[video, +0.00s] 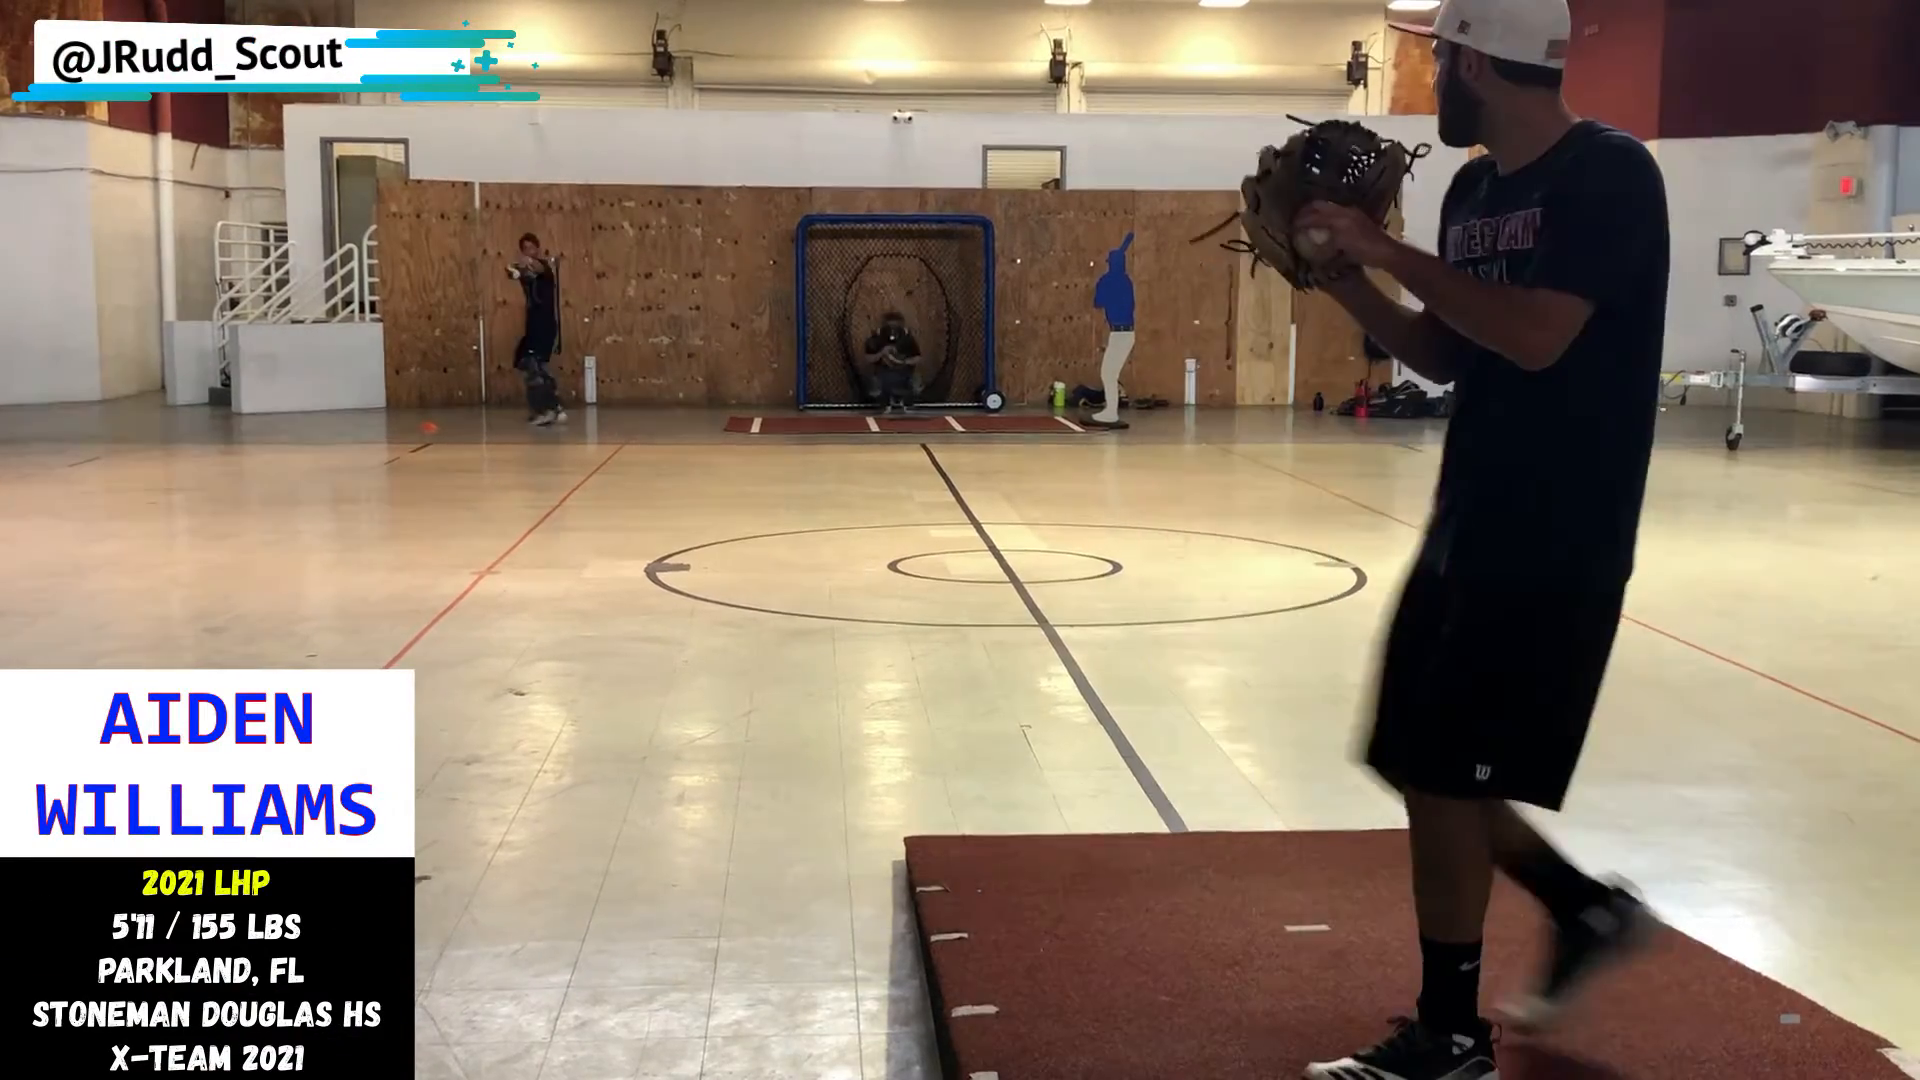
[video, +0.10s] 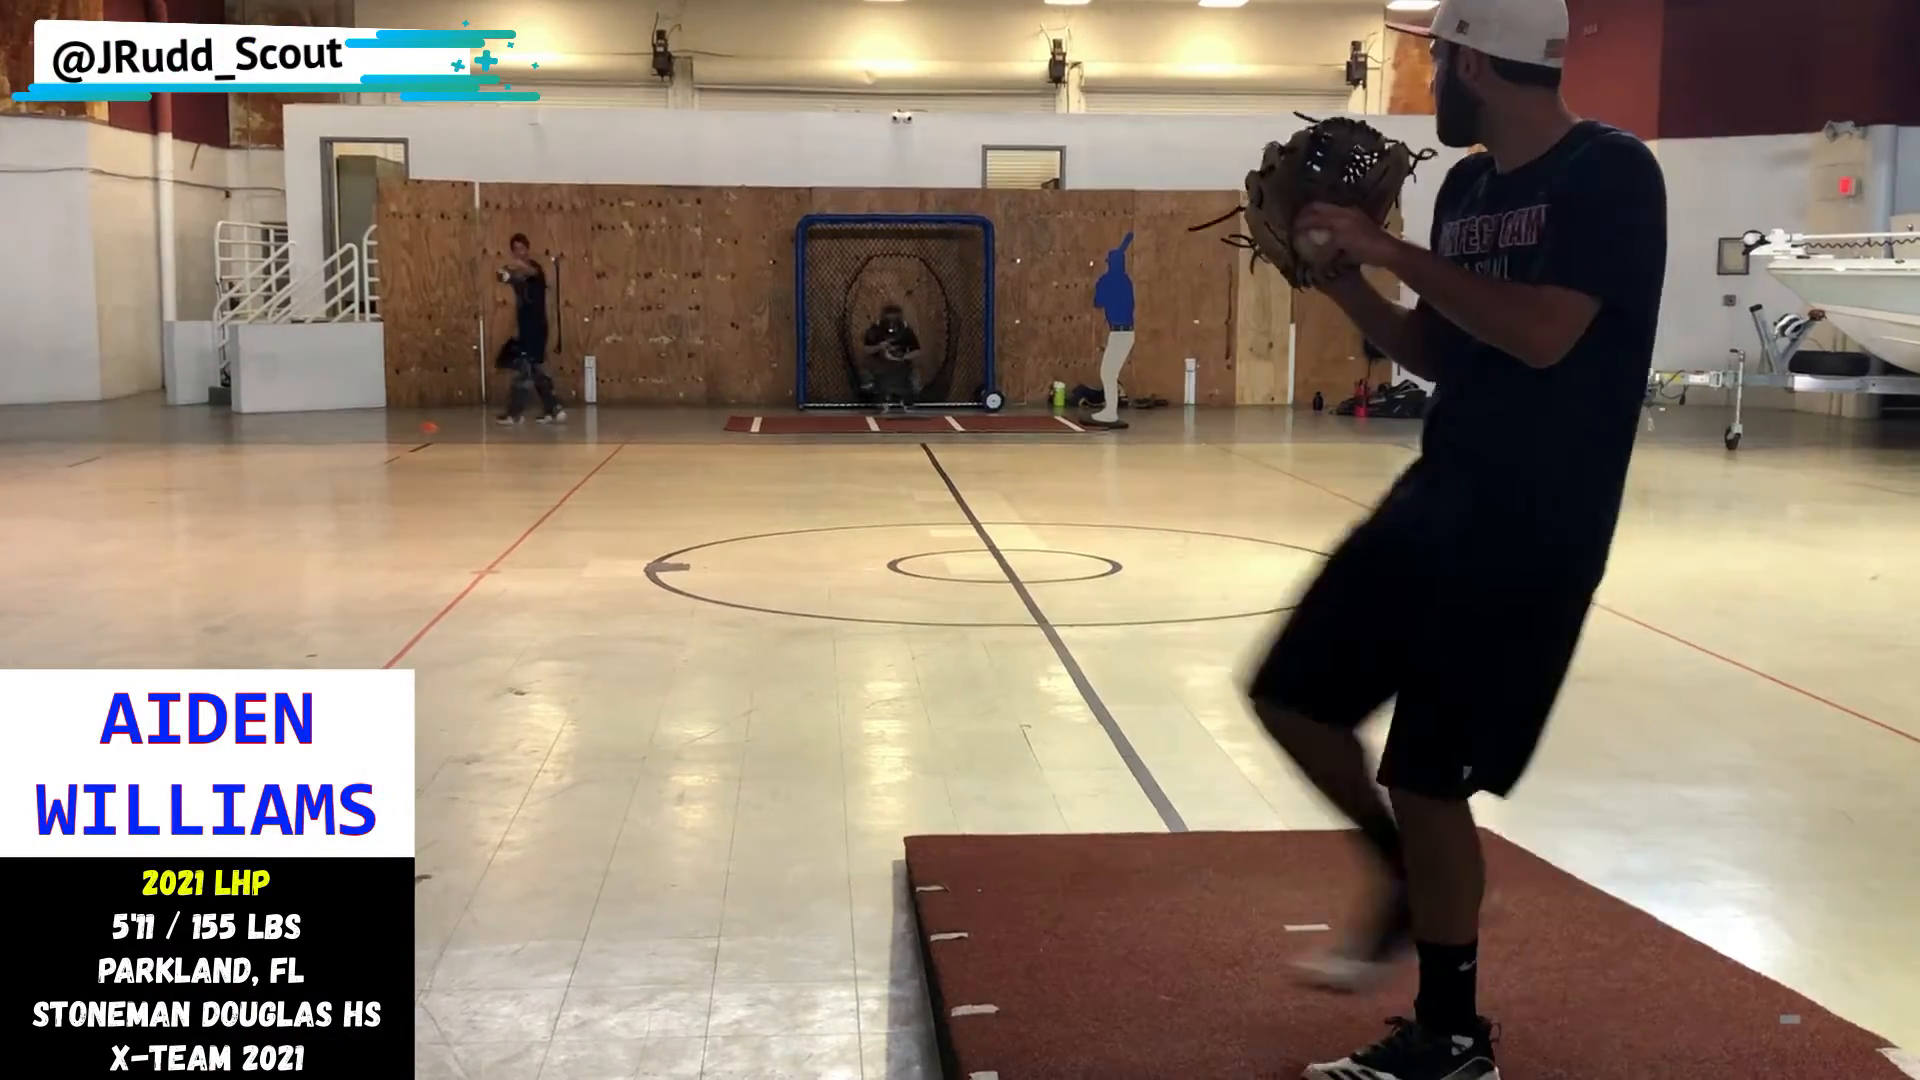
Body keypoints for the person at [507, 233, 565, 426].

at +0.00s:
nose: (528, 252)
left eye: (531, 247)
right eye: (525, 249)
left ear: (538, 248)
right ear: (521, 252)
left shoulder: (546, 266)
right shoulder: (527, 270)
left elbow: (542, 267)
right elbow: (518, 273)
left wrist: (531, 264)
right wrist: (515, 273)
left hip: (544, 323)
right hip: (534, 323)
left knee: (530, 362)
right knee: (534, 364)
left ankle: (548, 408)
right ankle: (551, 406)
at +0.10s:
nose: (519, 252)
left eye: (521, 248)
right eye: (515, 249)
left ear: (527, 249)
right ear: (512, 252)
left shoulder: (534, 268)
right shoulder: (520, 272)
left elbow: (528, 271)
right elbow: (514, 277)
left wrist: (515, 267)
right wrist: (507, 277)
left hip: (534, 325)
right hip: (527, 325)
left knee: (525, 366)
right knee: (534, 366)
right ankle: (553, 407)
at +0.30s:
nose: (500, 249)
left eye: (503, 246)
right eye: (497, 246)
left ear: (509, 247)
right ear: (494, 250)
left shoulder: (515, 267)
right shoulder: (500, 270)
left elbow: (521, 283)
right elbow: (498, 292)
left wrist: (501, 279)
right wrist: (489, 293)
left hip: (514, 324)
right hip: (504, 323)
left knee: (508, 369)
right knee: (507, 368)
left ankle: (507, 413)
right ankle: (539, 400)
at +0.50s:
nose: (483, 248)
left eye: (486, 244)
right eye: (480, 245)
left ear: (494, 246)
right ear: (477, 248)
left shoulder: (498, 265)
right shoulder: (482, 269)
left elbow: (507, 291)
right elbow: (488, 295)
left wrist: (487, 304)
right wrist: (479, 316)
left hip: (499, 321)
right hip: (489, 321)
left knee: (499, 364)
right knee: (491, 364)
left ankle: (506, 412)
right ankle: (500, 410)